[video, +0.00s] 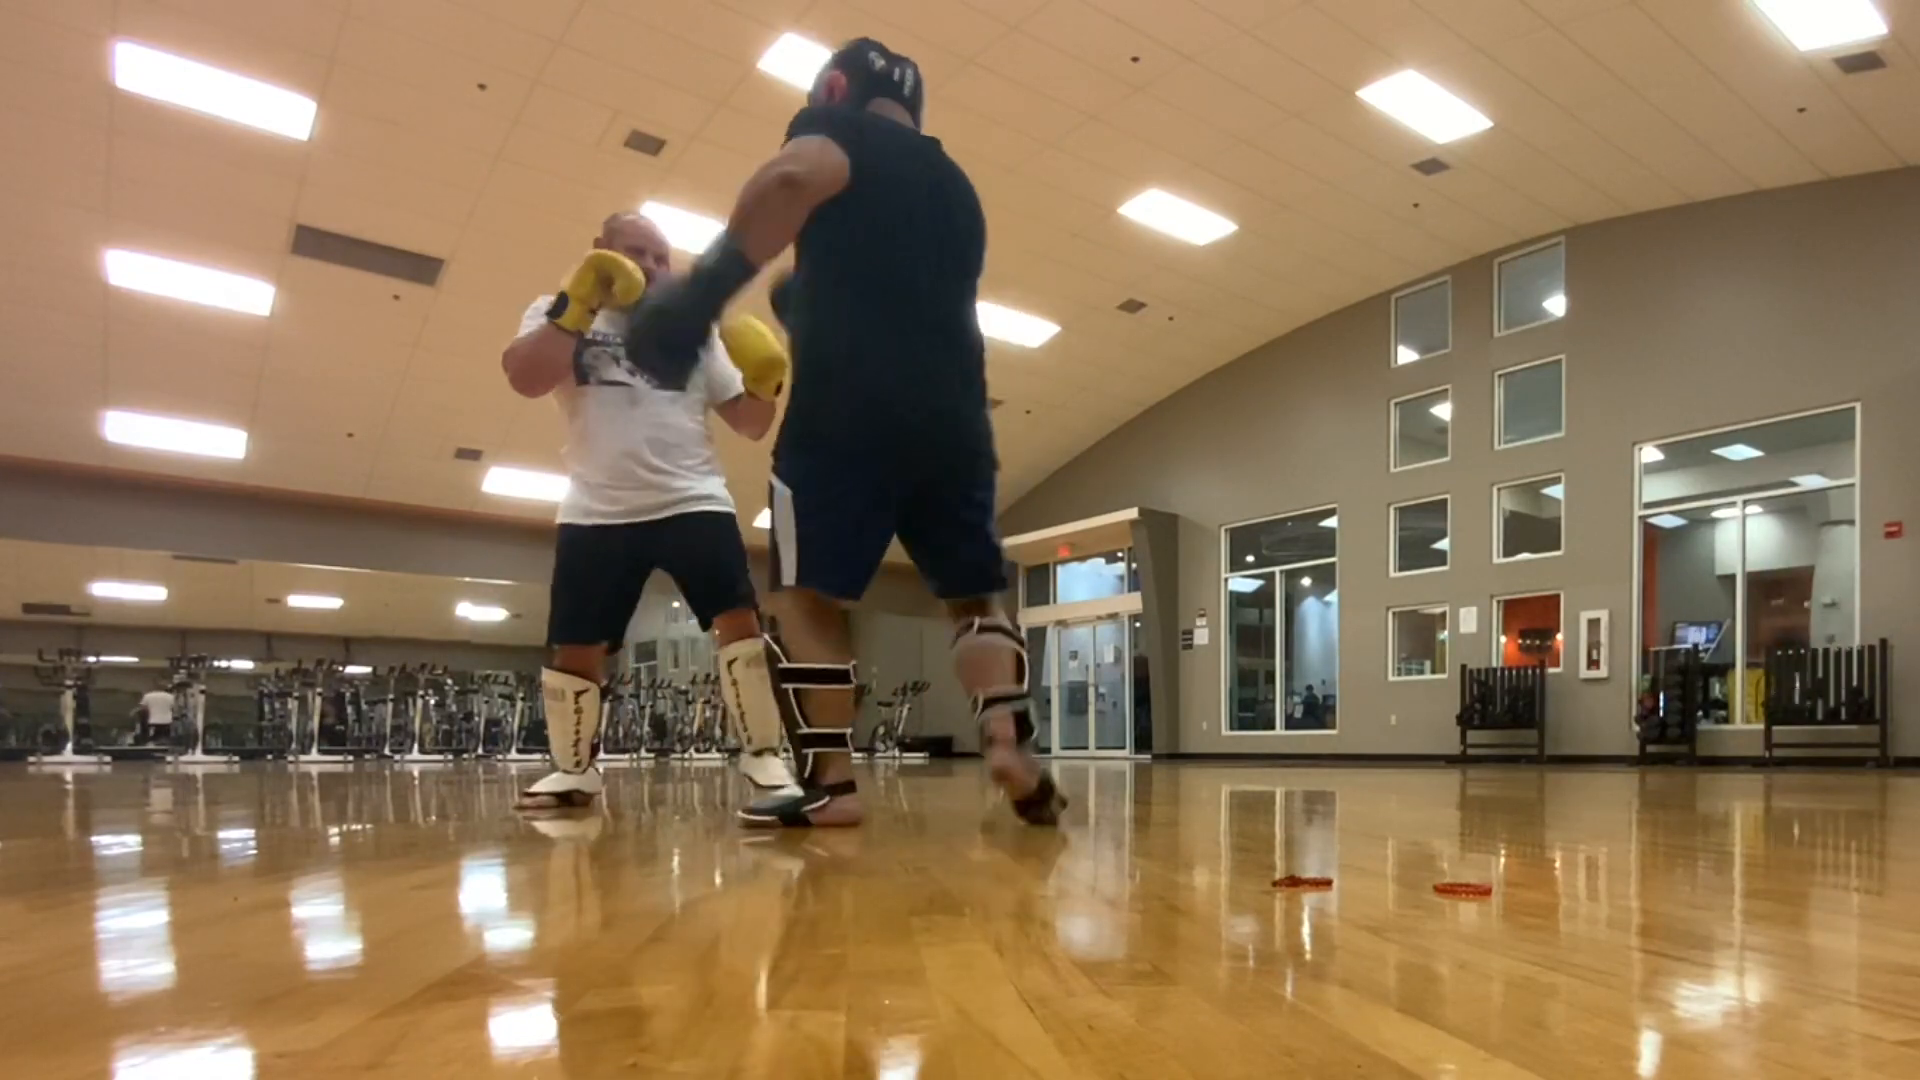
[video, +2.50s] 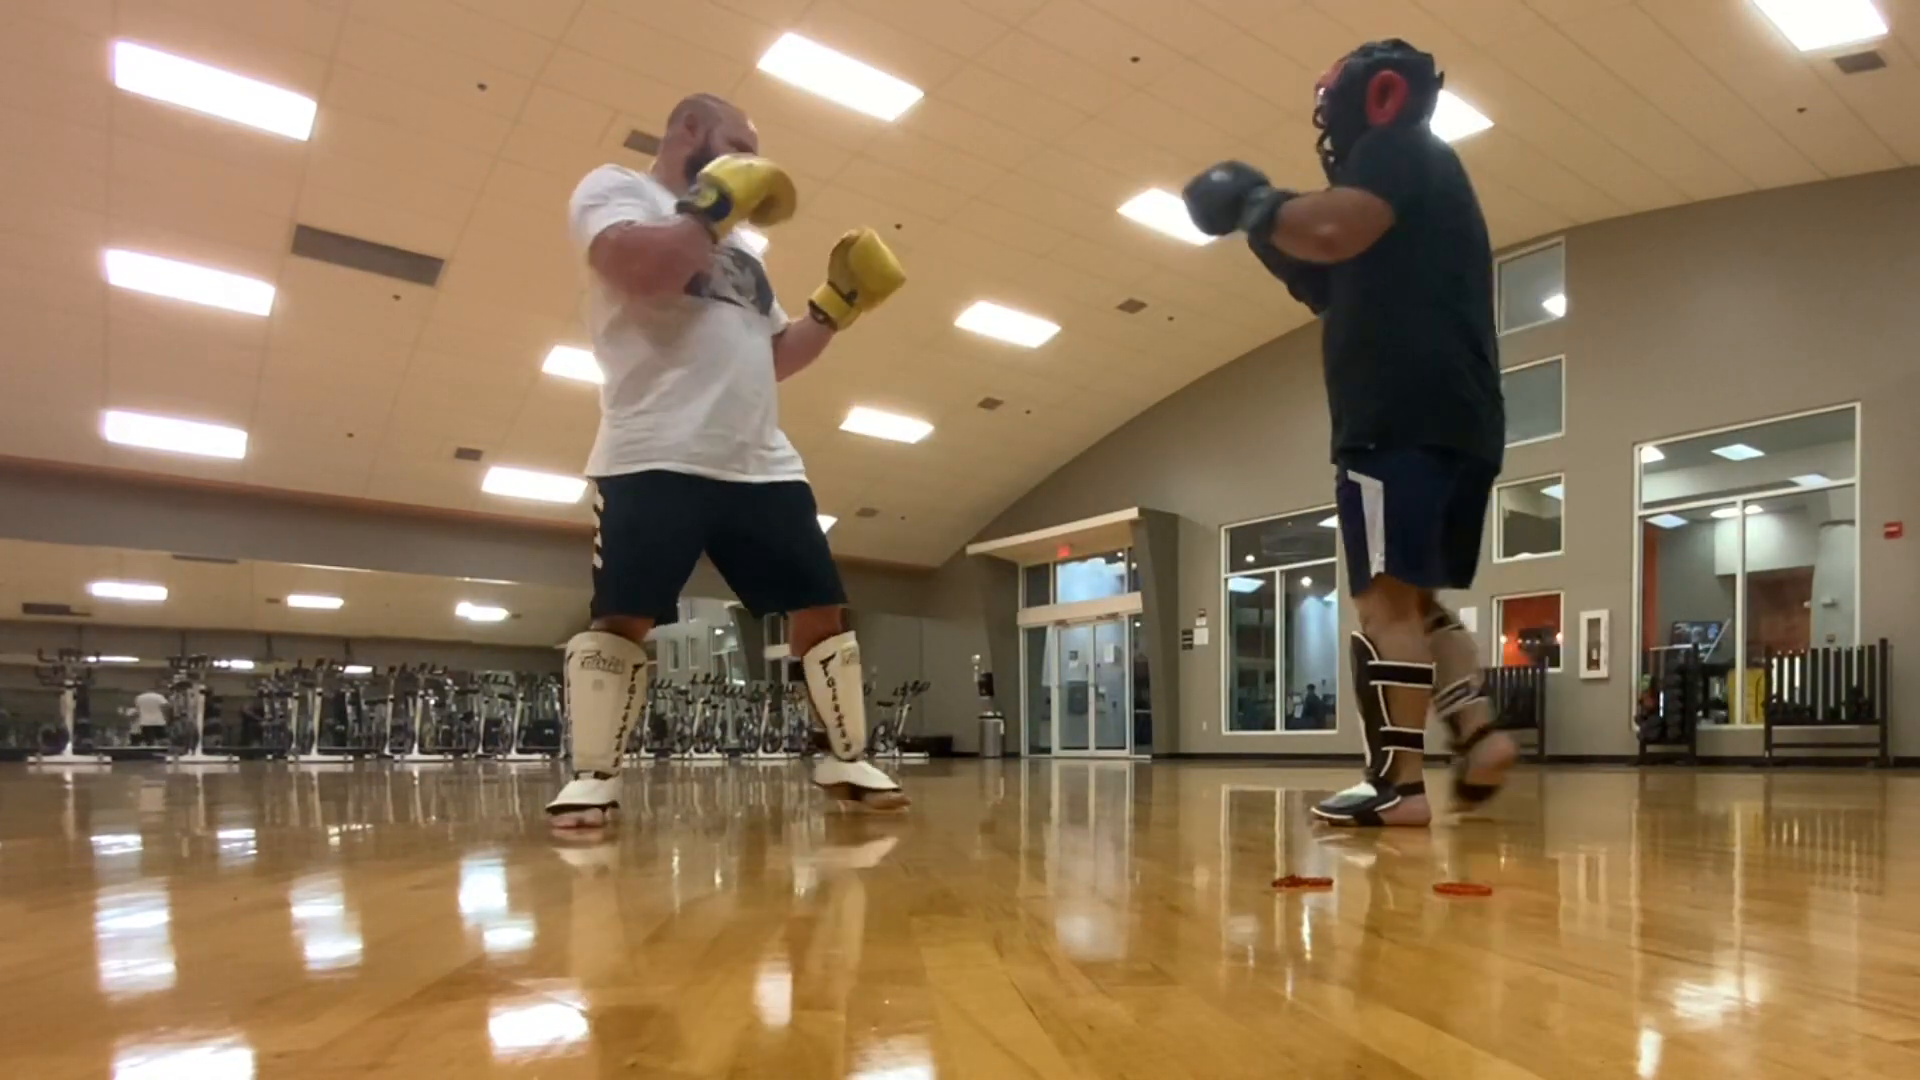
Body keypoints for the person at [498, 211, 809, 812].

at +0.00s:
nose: (645, 264)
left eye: (656, 256)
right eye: (631, 252)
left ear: (670, 265)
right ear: (599, 257)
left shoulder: (691, 321)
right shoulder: (560, 312)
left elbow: (751, 422)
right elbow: (527, 379)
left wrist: (767, 377)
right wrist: (578, 307)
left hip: (692, 500)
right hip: (597, 508)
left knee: (735, 617)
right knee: (574, 642)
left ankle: (766, 760)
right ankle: (574, 771)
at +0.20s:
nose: (637, 279)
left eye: (644, 267)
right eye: (622, 270)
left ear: (655, 271)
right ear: (592, 278)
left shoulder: (689, 328)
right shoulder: (560, 329)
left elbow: (760, 389)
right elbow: (544, 380)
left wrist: (753, 335)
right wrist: (566, 296)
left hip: (693, 499)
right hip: (602, 508)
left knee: (733, 583)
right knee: (566, 638)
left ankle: (757, 726)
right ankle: (576, 775)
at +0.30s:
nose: (630, 288)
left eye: (637, 276)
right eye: (616, 278)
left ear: (648, 279)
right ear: (585, 286)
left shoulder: (675, 333)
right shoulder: (551, 338)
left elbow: (751, 414)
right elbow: (539, 392)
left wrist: (741, 364)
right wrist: (564, 308)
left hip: (682, 487)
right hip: (607, 512)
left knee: (719, 472)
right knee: (572, 643)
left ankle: (665, 620)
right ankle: (578, 777)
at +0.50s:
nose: (642, 260)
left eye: (650, 250)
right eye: (623, 251)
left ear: (663, 259)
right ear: (594, 266)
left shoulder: (698, 319)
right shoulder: (567, 333)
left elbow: (788, 386)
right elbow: (492, 378)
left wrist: (780, 338)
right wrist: (532, 303)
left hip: (703, 473)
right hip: (623, 504)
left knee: (721, 526)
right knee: (585, 617)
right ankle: (580, 775)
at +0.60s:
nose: (663, 256)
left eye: (672, 245)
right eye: (645, 246)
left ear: (686, 254)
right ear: (616, 258)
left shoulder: (715, 305)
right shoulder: (590, 326)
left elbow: (808, 317)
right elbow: (513, 369)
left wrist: (787, 270)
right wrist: (552, 297)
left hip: (714, 492)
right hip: (633, 509)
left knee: (749, 605)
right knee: (595, 629)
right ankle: (579, 775)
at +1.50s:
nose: (705, 258)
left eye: (716, 247)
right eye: (693, 241)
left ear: (724, 250)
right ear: (660, 228)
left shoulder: (732, 314)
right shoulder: (591, 273)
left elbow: (780, 406)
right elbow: (571, 343)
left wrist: (820, 356)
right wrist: (635, 273)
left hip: (716, 504)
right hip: (615, 501)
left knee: (751, 632)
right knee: (609, 644)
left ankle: (807, 763)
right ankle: (612, 773)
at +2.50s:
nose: (752, 166)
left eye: (755, 159)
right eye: (741, 149)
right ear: (687, 130)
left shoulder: (744, 258)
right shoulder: (616, 188)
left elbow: (769, 359)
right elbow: (640, 270)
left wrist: (834, 307)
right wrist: (718, 203)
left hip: (758, 456)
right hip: (654, 450)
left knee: (818, 598)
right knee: (626, 609)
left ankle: (847, 756)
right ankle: (593, 777)